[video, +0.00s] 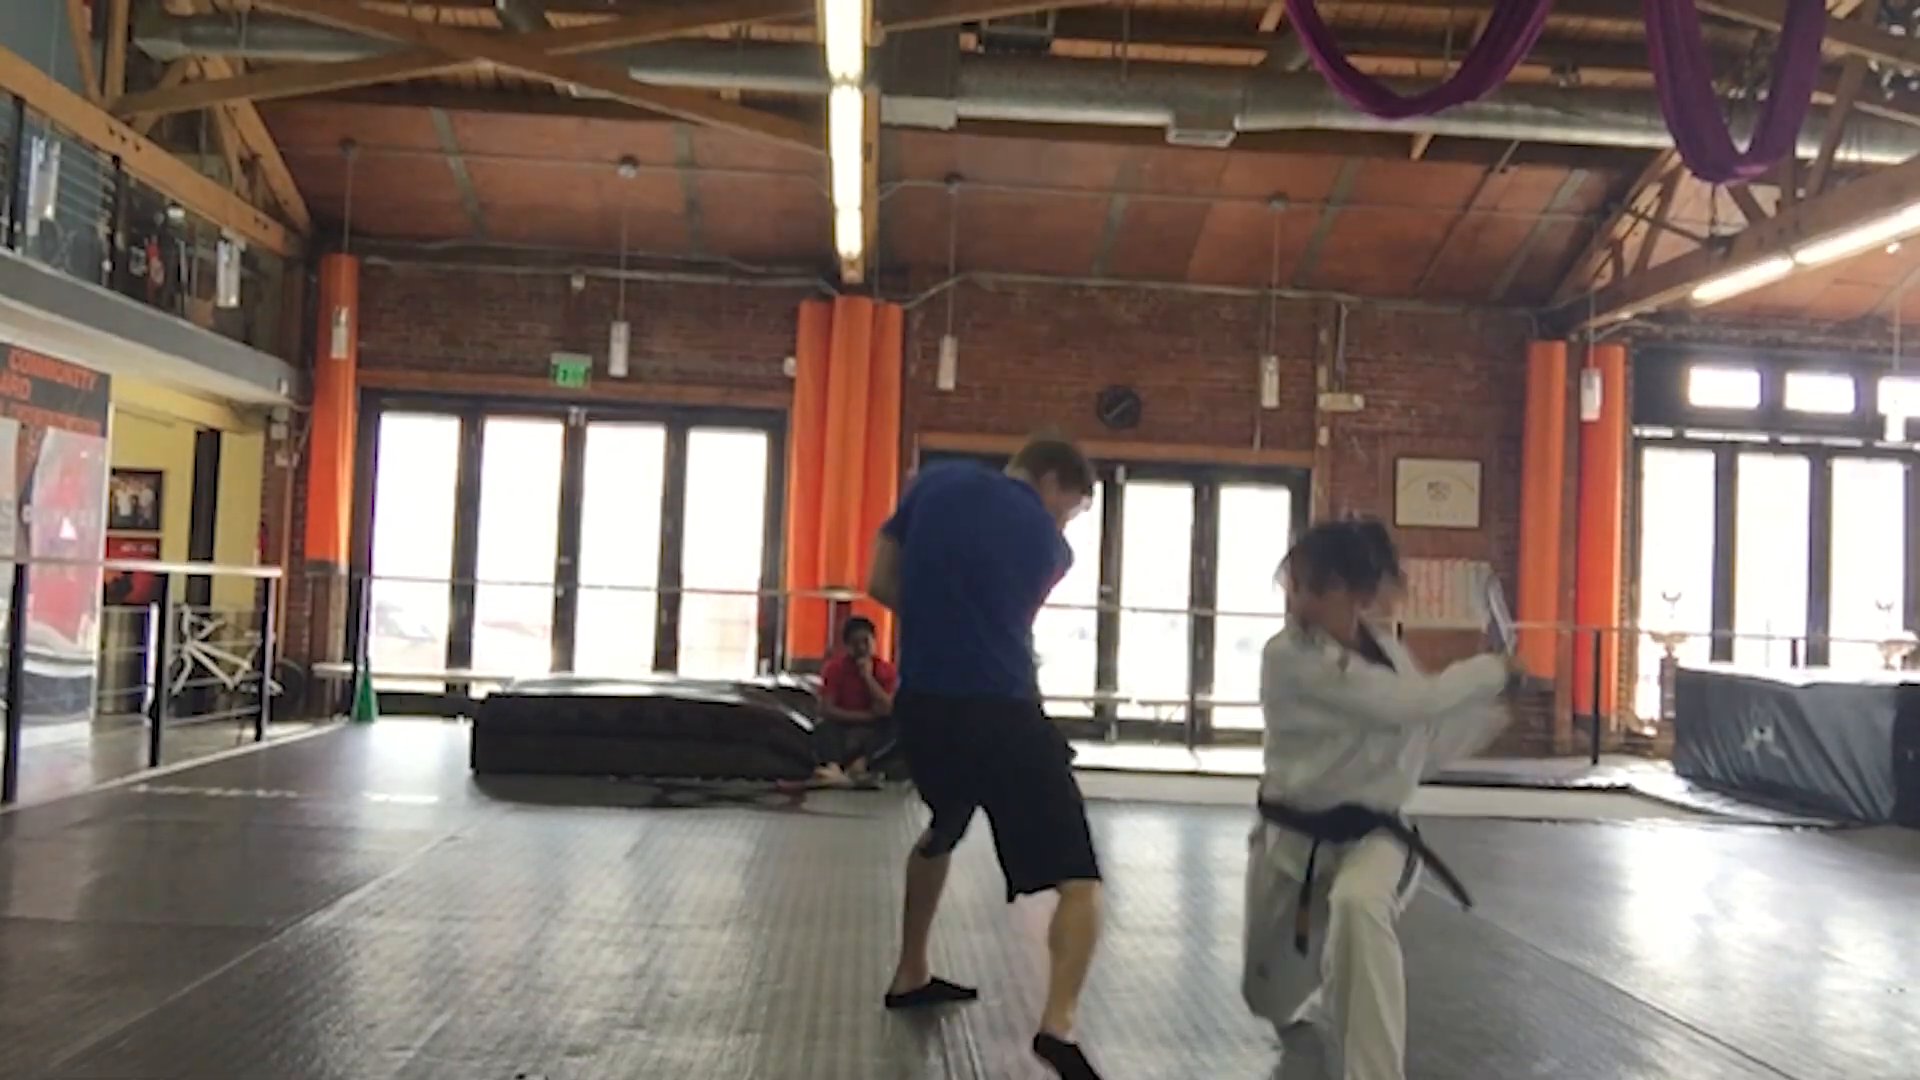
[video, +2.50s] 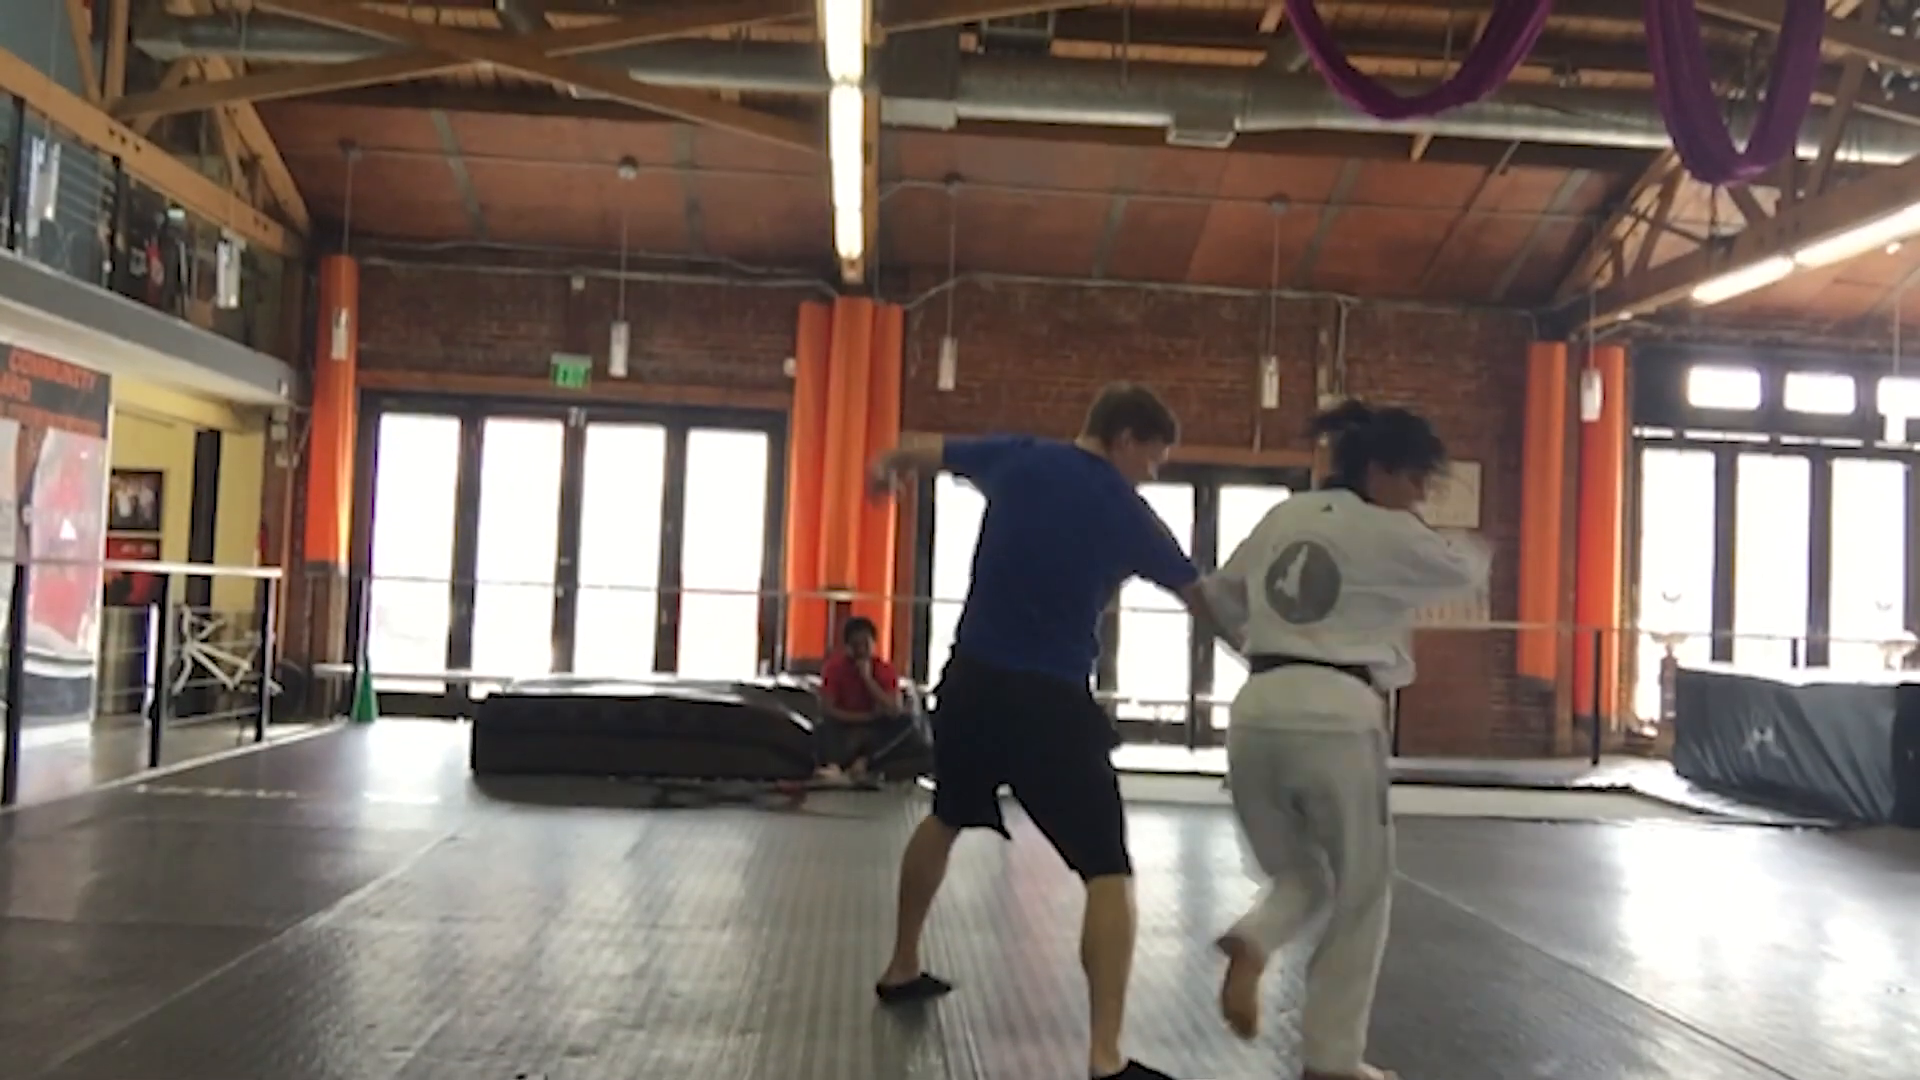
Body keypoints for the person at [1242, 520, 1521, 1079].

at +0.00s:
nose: (1294, 600)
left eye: (1310, 587)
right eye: (1292, 585)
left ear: (1360, 596)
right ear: (1290, 588)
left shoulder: (1389, 654)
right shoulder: (1288, 656)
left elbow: (1421, 754)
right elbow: (1403, 702)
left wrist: (1497, 709)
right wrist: (1496, 667)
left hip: (1374, 831)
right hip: (1290, 834)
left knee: (1357, 903)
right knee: (1271, 992)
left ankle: (1373, 1072)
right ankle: (1299, 1015)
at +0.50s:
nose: (1274, 580)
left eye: (1283, 568)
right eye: (1276, 567)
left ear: (1323, 580)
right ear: (1317, 581)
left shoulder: (1389, 663)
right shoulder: (1270, 652)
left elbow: (1417, 779)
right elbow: (1220, 725)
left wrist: (1355, 758)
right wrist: (1191, 798)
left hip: (1398, 830)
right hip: (1315, 828)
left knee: (1352, 909)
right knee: (1286, 955)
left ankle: (1374, 1071)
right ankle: (1291, 993)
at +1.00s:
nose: (1332, 437)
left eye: (1339, 427)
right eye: (1337, 425)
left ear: (1353, 438)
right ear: (1414, 444)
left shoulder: (1304, 512)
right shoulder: (1430, 526)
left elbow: (1244, 554)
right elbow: (1403, 594)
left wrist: (1255, 492)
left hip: (1308, 697)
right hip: (1396, 700)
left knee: (1292, 877)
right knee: (1389, 878)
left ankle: (1320, 1051)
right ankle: (1398, 1046)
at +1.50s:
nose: (1258, 479)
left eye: (1265, 468)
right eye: (1258, 467)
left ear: (1298, 470)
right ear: (1321, 464)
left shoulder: (1326, 532)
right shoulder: (1357, 498)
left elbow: (1236, 597)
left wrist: (1256, 533)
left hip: (1359, 721)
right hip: (1377, 709)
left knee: (1270, 897)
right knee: (1351, 874)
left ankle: (1232, 1068)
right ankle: (1393, 1018)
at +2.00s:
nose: (1359, 474)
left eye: (1366, 464)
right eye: (1369, 464)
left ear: (1374, 476)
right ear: (1429, 489)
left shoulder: (1324, 537)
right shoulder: (1420, 562)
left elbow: (1253, 612)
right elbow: (1371, 626)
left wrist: (1231, 570)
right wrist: (1270, 573)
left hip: (1289, 721)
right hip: (1374, 727)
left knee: (1236, 895)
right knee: (1366, 867)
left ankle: (1213, 1062)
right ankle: (1404, 1030)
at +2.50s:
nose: (1421, 495)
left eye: (1425, 481)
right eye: (1416, 479)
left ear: (1360, 468)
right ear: (1380, 470)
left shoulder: (1283, 516)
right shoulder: (1388, 532)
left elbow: (1218, 593)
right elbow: (1468, 567)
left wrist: (1262, 647)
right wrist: (1464, 535)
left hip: (1258, 700)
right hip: (1338, 706)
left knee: (1297, 873)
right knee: (1360, 887)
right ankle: (1333, 1057)